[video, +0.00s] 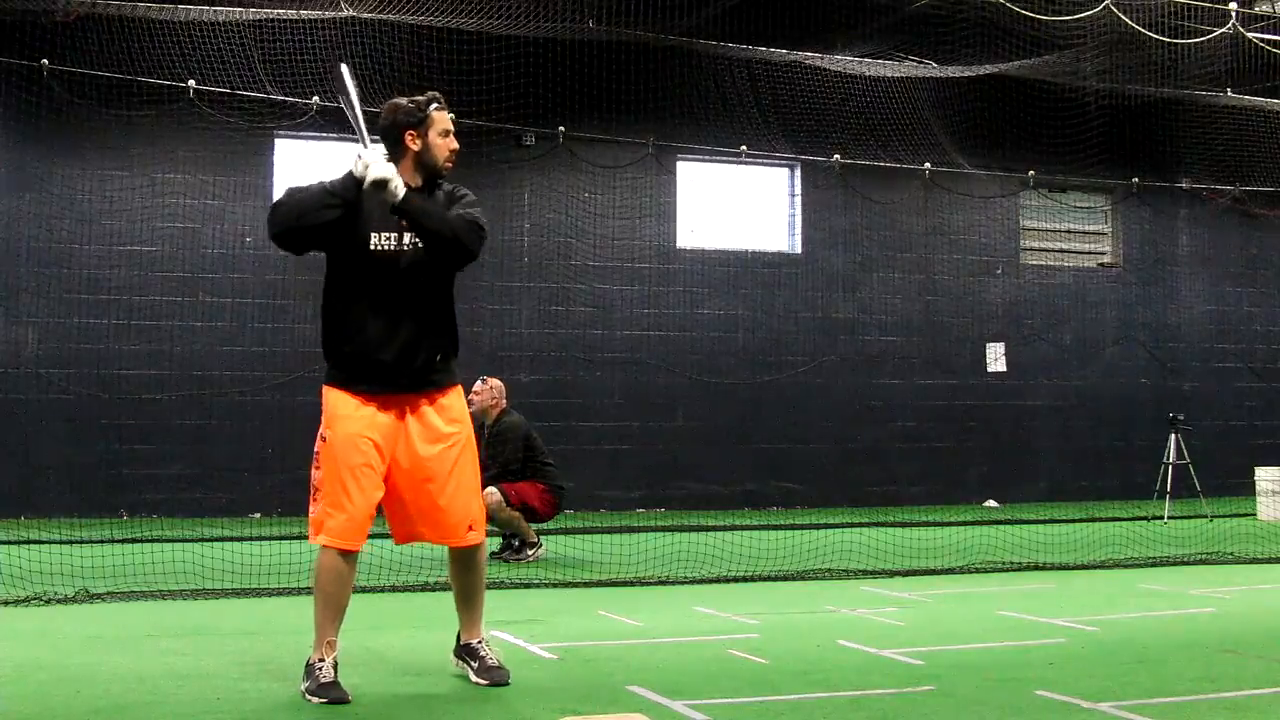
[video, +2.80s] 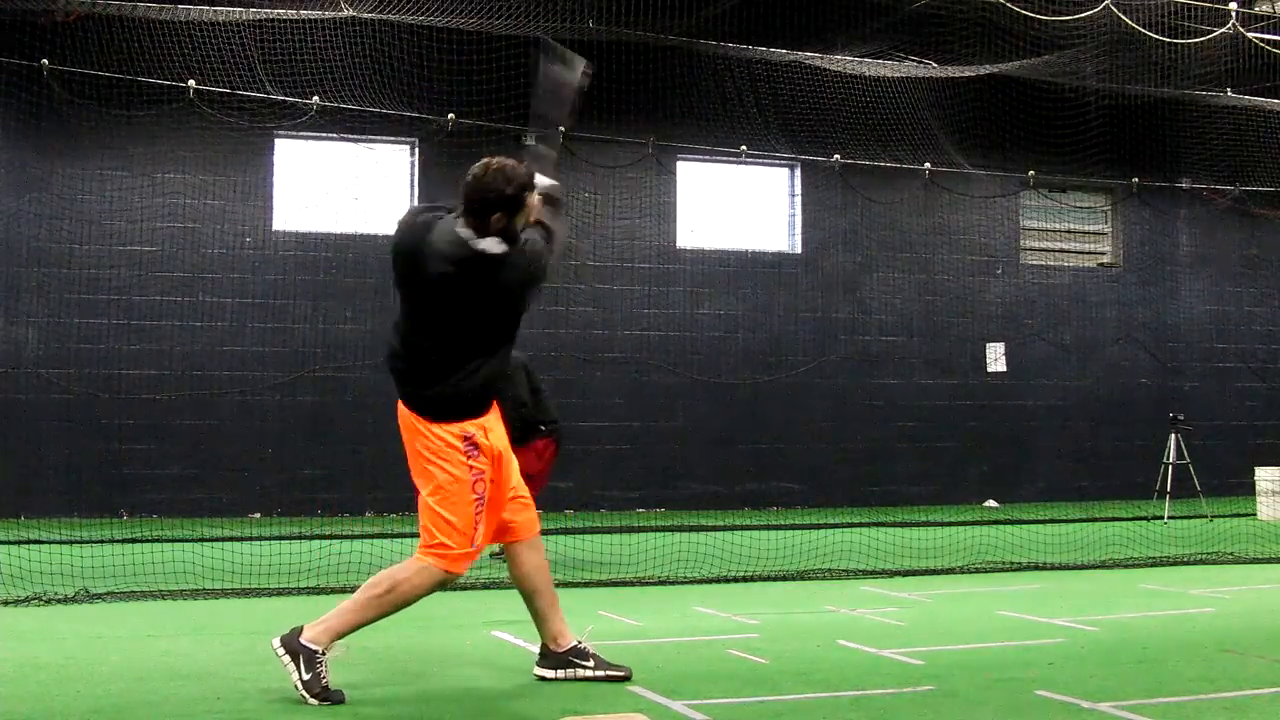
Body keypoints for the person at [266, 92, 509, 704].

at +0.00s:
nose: (456, 143)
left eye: (455, 134)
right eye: (448, 134)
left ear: (421, 139)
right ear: (412, 139)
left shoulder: (453, 199)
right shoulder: (350, 200)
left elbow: (465, 243)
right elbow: (282, 223)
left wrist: (395, 191)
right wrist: (358, 184)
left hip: (436, 393)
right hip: (356, 393)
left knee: (467, 527)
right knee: (342, 532)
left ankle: (472, 641)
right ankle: (323, 658)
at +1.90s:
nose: (472, 192)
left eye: (473, 182)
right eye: (464, 183)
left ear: (440, 187)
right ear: (429, 187)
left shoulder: (462, 244)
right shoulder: (360, 222)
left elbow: (460, 313)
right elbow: (287, 272)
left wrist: (406, 275)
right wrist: (358, 245)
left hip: (428, 416)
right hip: (349, 411)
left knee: (451, 532)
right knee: (358, 525)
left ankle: (434, 650)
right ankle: (323, 659)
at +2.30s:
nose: (486, 216)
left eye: (486, 205)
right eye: (476, 206)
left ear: (450, 208)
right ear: (439, 209)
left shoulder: (474, 264)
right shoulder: (376, 234)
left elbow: (442, 338)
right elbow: (285, 255)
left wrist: (354, 320)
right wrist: (322, 273)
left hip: (449, 409)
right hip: (365, 416)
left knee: (519, 494)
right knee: (356, 530)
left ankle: (511, 619)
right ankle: (325, 659)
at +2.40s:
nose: (494, 225)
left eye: (494, 213)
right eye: (484, 215)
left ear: (471, 215)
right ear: (446, 218)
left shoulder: (484, 275)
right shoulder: (386, 244)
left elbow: (430, 331)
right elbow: (292, 240)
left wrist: (346, 292)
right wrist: (328, 244)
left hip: (470, 418)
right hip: (385, 423)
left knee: (541, 515)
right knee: (366, 533)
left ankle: (548, 641)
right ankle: (324, 658)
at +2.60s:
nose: (512, 232)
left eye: (512, 222)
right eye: (503, 225)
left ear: (497, 218)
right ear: (468, 226)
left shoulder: (499, 249)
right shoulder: (430, 282)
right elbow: (453, 374)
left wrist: (552, 346)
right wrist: (519, 374)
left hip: (484, 420)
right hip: (434, 427)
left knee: (530, 523)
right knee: (450, 557)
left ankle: (558, 648)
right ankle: (324, 637)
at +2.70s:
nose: (520, 229)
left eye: (519, 221)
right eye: (513, 223)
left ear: (466, 217)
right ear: (484, 226)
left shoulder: (447, 232)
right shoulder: (454, 273)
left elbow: (536, 260)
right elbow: (541, 311)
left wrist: (601, 279)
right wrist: (613, 301)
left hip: (471, 408)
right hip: (437, 419)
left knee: (510, 532)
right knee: (450, 554)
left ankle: (555, 647)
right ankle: (321, 637)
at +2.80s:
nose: (534, 211)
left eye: (532, 201)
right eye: (529, 205)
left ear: (470, 206)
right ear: (509, 218)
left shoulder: (417, 231)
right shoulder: (517, 267)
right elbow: (545, 230)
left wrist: (513, 206)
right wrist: (544, 198)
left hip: (476, 413)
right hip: (445, 423)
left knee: (520, 524)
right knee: (444, 559)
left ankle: (560, 648)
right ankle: (309, 641)